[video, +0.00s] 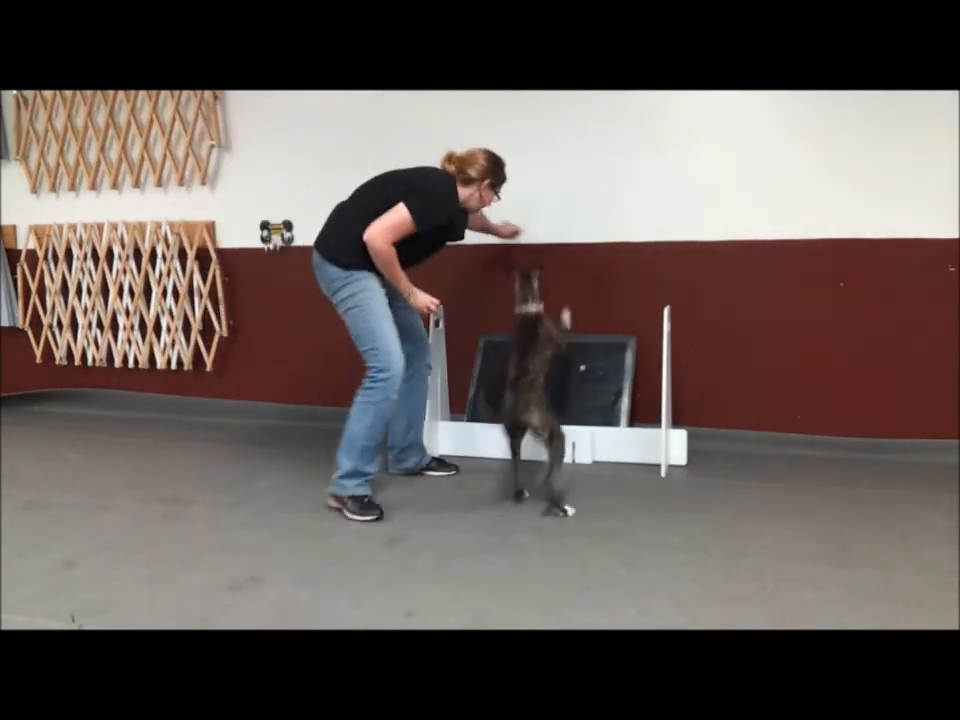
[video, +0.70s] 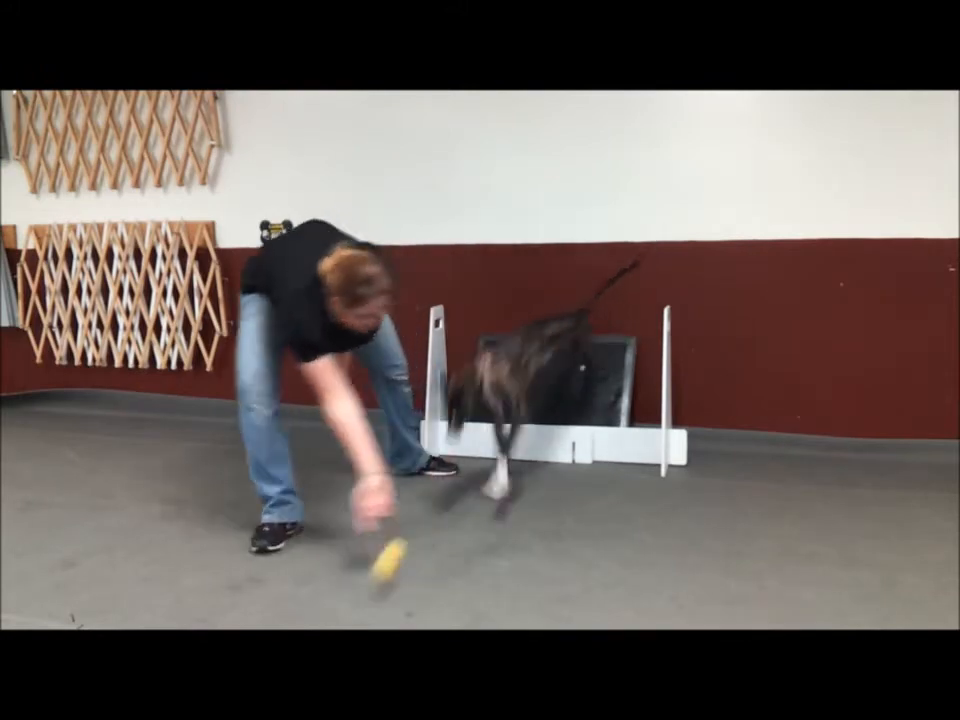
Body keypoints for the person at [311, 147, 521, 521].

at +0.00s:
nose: (492, 201)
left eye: (495, 194)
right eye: (493, 193)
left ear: (475, 183)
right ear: (479, 183)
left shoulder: (453, 201)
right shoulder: (438, 194)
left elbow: (468, 217)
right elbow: (376, 237)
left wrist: (495, 229)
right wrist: (410, 293)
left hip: (379, 265)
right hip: (346, 264)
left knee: (417, 357)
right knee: (387, 366)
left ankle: (407, 457)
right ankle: (349, 486)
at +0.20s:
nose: (496, 200)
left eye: (499, 193)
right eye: (496, 192)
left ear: (477, 182)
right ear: (479, 184)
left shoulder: (455, 207)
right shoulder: (431, 196)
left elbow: (423, 231)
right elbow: (369, 247)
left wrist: (458, 243)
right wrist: (413, 290)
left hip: (379, 263)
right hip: (339, 260)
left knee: (419, 353)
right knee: (394, 347)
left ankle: (413, 456)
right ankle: (394, 468)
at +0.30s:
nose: (494, 213)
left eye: (498, 206)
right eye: (495, 204)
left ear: (474, 194)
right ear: (479, 197)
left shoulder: (456, 220)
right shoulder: (423, 206)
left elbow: (431, 245)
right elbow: (375, 267)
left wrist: (448, 270)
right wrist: (421, 312)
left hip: (371, 260)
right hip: (328, 254)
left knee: (407, 348)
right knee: (367, 339)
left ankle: (414, 453)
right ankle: (396, 453)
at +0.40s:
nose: (481, 237)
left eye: (484, 231)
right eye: (482, 230)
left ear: (465, 220)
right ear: (468, 223)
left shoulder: (449, 241)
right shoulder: (405, 228)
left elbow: (413, 275)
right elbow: (388, 303)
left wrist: (424, 312)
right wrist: (435, 352)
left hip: (366, 270)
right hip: (317, 256)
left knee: (407, 352)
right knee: (345, 341)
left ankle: (407, 458)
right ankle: (350, 462)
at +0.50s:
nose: (457, 271)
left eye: (461, 265)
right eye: (457, 264)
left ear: (438, 253)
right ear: (441, 256)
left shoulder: (425, 261)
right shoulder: (383, 265)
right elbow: (396, 347)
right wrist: (443, 398)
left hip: (355, 276)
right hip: (305, 270)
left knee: (411, 357)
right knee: (318, 362)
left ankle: (407, 459)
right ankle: (297, 485)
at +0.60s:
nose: (423, 303)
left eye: (427, 297)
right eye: (420, 297)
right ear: (395, 287)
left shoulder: (400, 261)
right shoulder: (352, 296)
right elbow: (382, 383)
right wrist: (431, 449)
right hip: (291, 285)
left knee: (410, 367)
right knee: (284, 384)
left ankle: (406, 458)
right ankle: (282, 506)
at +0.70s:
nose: (374, 323)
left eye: (379, 313)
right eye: (365, 317)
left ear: (385, 296)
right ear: (337, 305)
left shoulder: (368, 272)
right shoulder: (298, 305)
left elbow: (342, 363)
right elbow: (334, 393)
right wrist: (372, 473)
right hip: (267, 286)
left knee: (393, 369)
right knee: (256, 400)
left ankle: (409, 457)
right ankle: (280, 511)